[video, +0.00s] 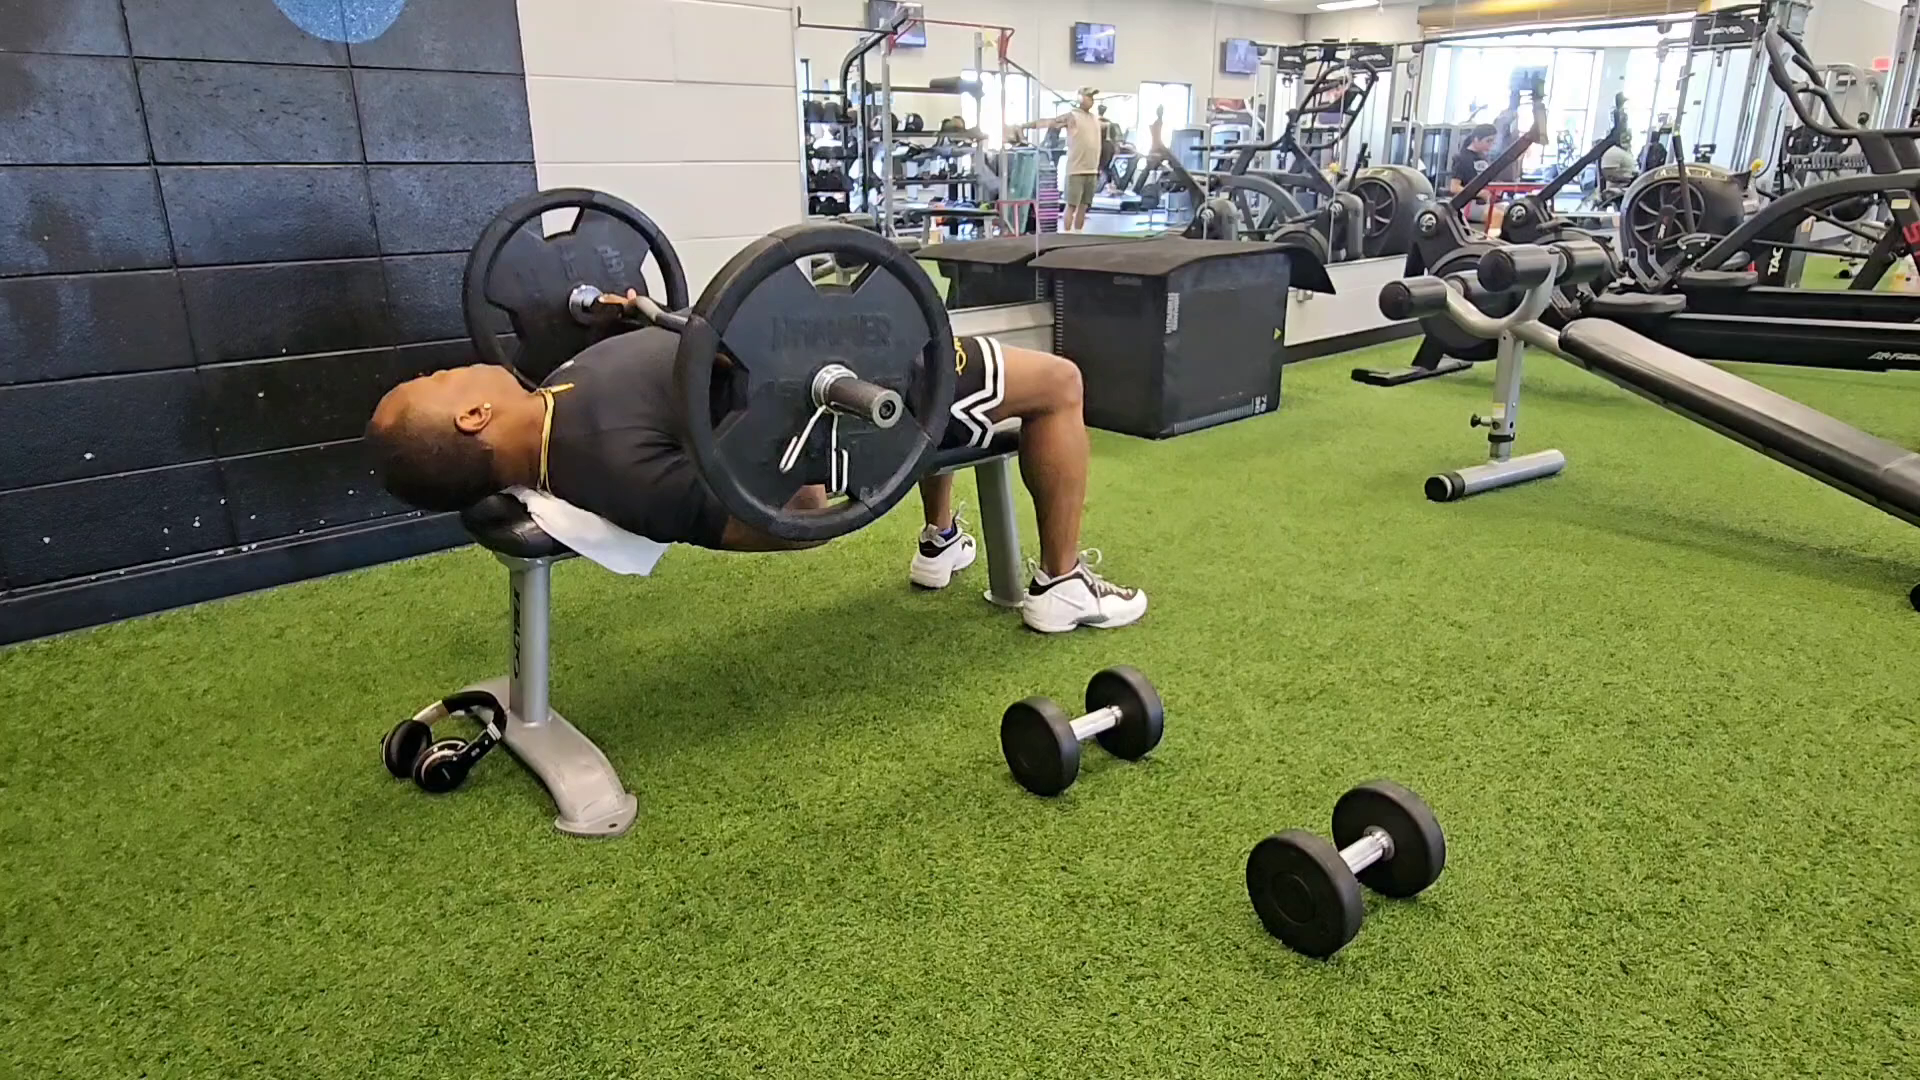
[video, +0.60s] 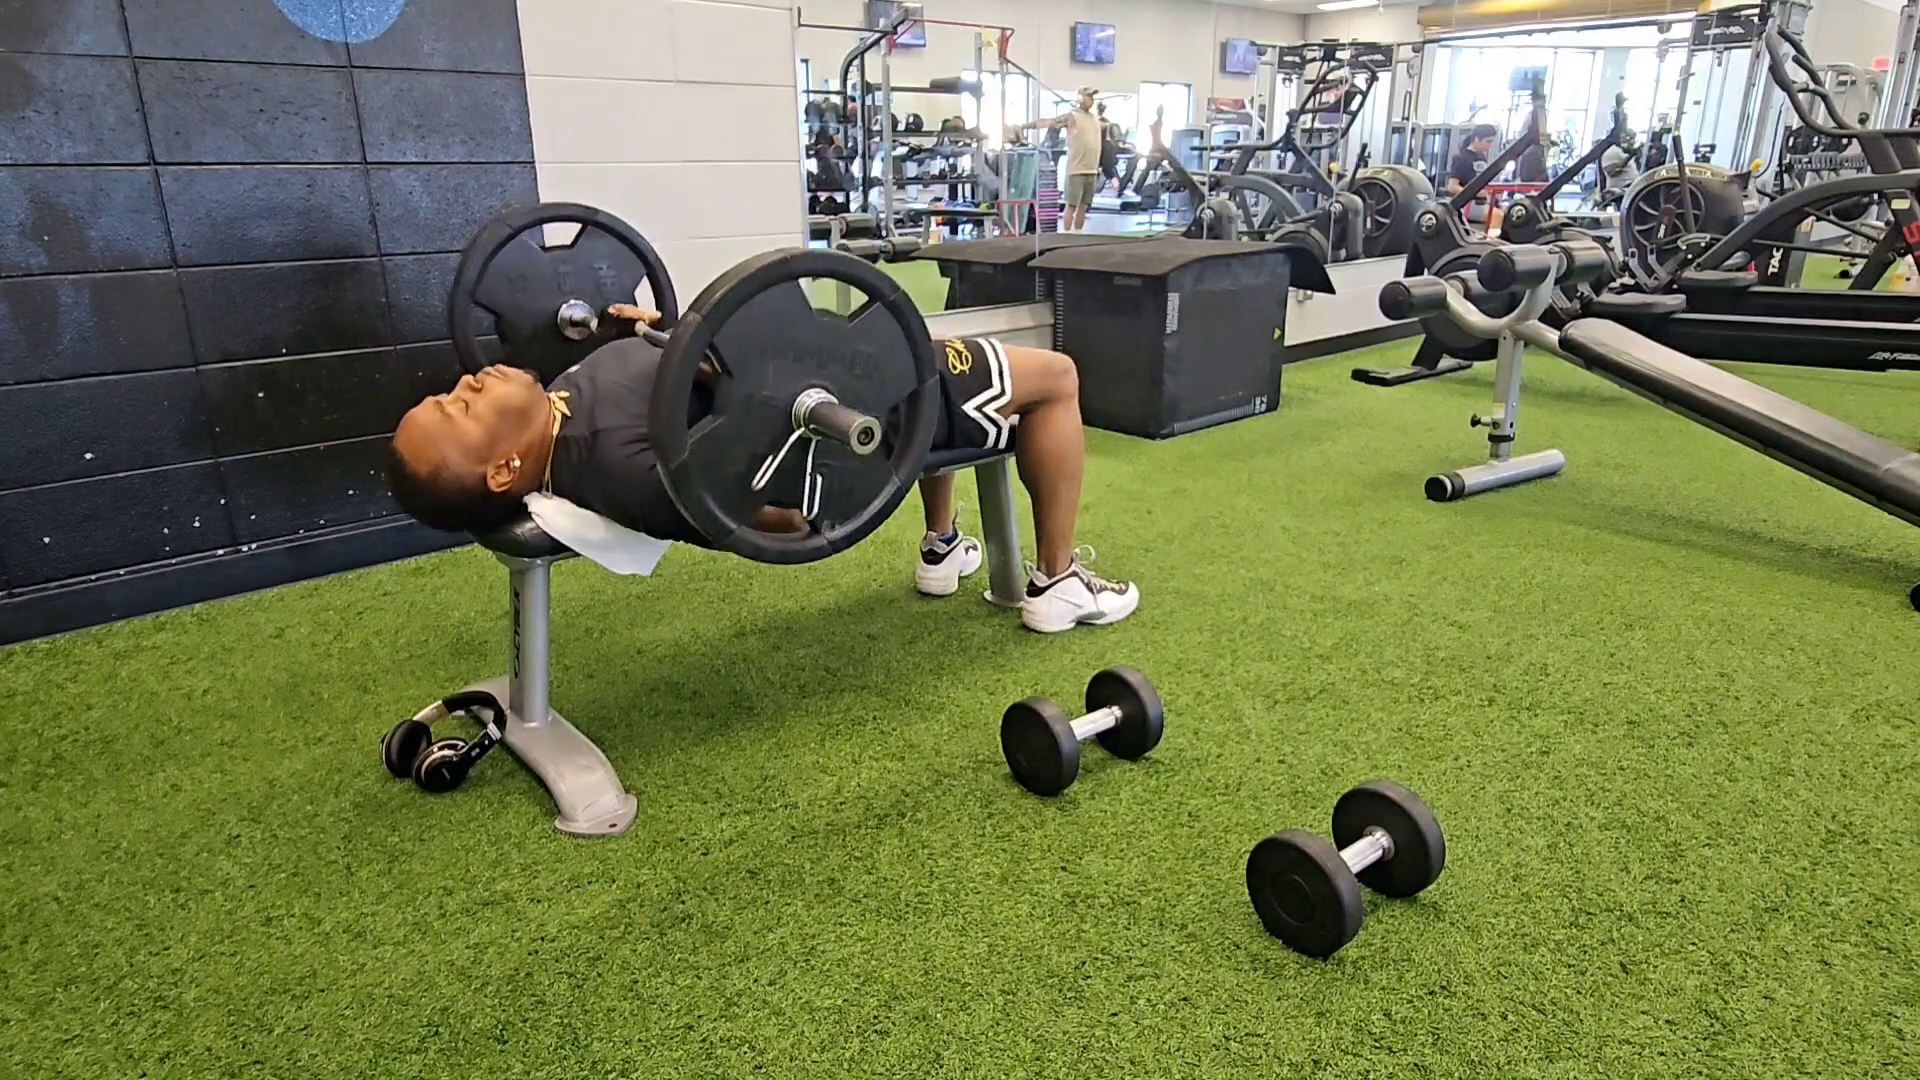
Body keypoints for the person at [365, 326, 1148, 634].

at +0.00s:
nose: (465, 363)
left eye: (441, 368)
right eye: (451, 376)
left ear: (473, 426)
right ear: (474, 421)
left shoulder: (555, 399)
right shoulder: (620, 476)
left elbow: (682, 358)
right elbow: (781, 524)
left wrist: (641, 322)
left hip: (795, 369)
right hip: (841, 428)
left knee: (929, 343)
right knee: (1056, 381)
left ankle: (942, 540)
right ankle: (1064, 582)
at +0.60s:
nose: (470, 371)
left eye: (441, 385)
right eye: (459, 400)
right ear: (508, 475)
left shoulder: (552, 404)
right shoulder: (631, 470)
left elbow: (624, 369)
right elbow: (781, 516)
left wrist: (635, 333)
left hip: (789, 375)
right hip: (849, 425)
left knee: (925, 346)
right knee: (1053, 374)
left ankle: (944, 546)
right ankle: (1056, 581)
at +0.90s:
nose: (459, 376)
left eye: (440, 390)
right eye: (451, 405)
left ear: (497, 466)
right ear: (502, 472)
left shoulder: (548, 401)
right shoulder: (614, 453)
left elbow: (596, 316)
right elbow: (740, 369)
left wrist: (602, 203)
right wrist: (770, 213)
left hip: (802, 358)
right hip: (842, 394)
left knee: (938, 339)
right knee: (1053, 379)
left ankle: (946, 546)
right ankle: (1057, 580)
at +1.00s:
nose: (469, 376)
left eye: (443, 389)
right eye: (460, 401)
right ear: (503, 466)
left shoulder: (544, 384)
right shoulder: (615, 444)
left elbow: (573, 261)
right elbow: (698, 294)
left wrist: (574, 133)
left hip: (801, 348)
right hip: (848, 391)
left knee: (936, 354)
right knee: (1051, 374)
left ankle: (955, 544)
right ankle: (1055, 578)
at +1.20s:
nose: (462, 375)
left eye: (440, 390)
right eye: (451, 406)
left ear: (498, 466)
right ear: (501, 471)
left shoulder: (538, 403)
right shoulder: (615, 455)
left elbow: (599, 315)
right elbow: (743, 353)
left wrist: (590, 199)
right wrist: (721, 202)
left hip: (799, 352)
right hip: (846, 393)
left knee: (931, 341)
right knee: (1052, 377)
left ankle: (951, 543)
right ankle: (1048, 578)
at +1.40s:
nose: (474, 372)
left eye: (450, 389)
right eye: (463, 399)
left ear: (503, 452)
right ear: (510, 464)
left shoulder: (552, 393)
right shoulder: (607, 459)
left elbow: (659, 334)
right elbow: (756, 463)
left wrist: (615, 286)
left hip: (785, 377)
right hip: (838, 423)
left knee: (942, 342)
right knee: (1060, 378)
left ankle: (965, 546)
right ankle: (1042, 571)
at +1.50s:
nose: (473, 371)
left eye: (448, 385)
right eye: (459, 402)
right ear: (506, 473)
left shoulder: (536, 394)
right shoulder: (619, 469)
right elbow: (757, 491)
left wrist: (603, 326)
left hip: (774, 372)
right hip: (840, 423)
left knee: (935, 341)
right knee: (1059, 380)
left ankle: (969, 544)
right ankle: (1040, 574)